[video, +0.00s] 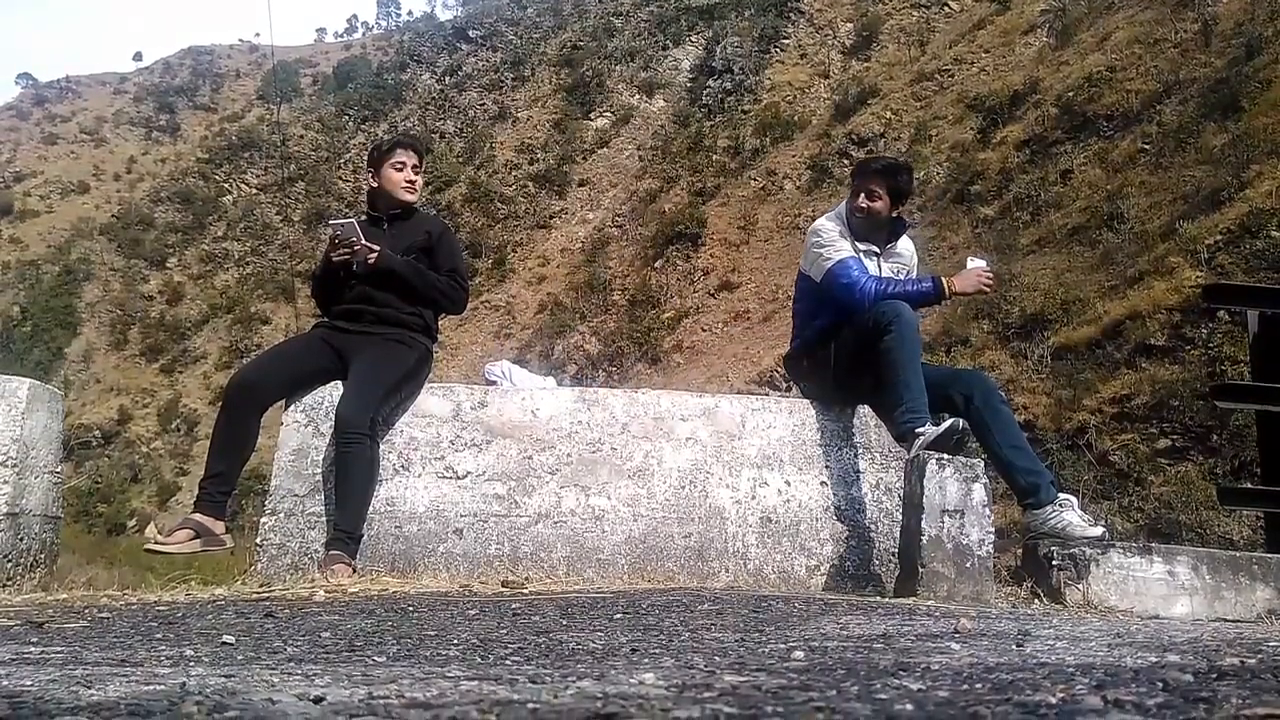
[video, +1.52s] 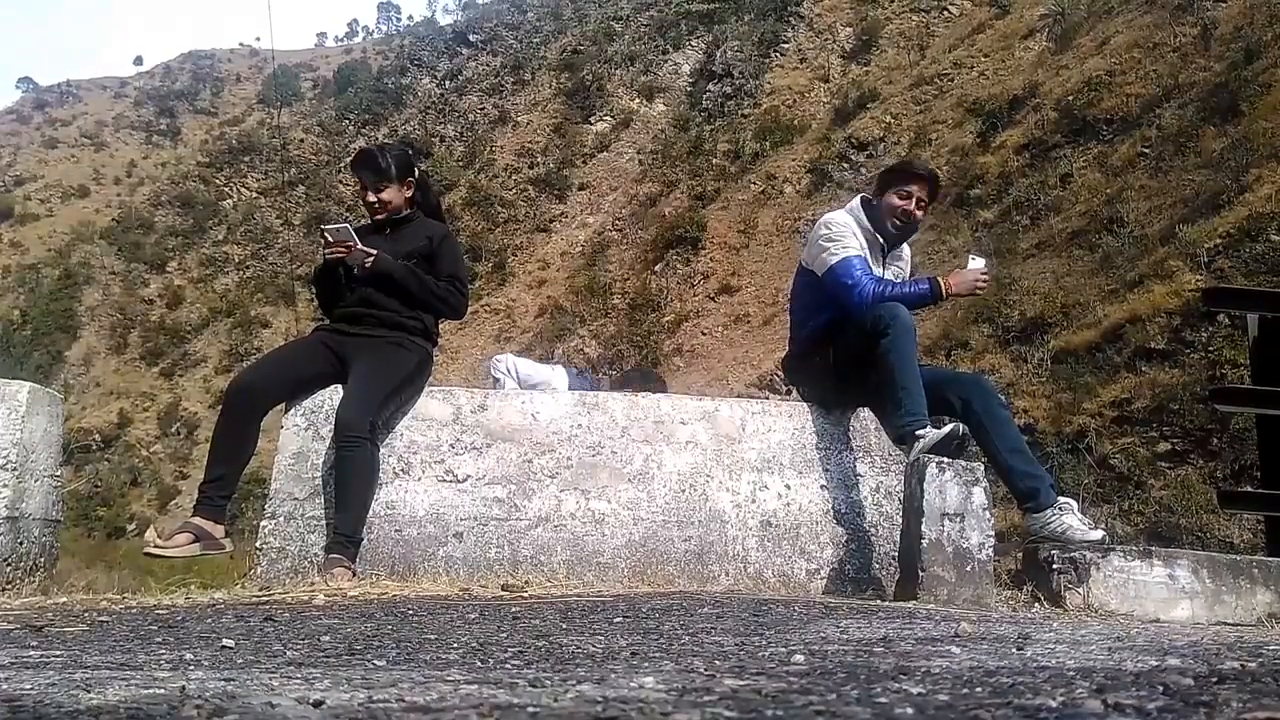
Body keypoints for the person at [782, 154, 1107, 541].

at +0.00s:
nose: (859, 201)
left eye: (872, 196)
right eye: (857, 192)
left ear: (895, 207)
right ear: (849, 193)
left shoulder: (902, 247)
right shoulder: (825, 233)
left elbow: (901, 303)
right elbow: (863, 291)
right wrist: (947, 284)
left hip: (878, 371)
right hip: (822, 368)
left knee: (976, 388)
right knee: (894, 315)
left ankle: (1043, 505)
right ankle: (915, 429)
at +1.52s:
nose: (910, 209)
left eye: (920, 205)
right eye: (902, 196)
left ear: (923, 215)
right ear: (878, 193)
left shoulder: (899, 251)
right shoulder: (835, 228)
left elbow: (886, 308)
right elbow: (862, 292)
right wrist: (943, 286)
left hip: (872, 375)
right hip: (821, 371)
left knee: (975, 391)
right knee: (893, 317)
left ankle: (1043, 509)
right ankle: (914, 433)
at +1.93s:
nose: (954, 230)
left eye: (958, 221)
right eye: (950, 216)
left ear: (924, 212)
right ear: (919, 204)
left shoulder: (914, 256)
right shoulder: (857, 227)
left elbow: (903, 308)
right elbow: (870, 294)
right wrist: (948, 290)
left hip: (876, 374)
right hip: (827, 369)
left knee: (976, 389)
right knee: (899, 315)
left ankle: (1043, 507)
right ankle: (915, 429)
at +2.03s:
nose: (959, 232)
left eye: (964, 223)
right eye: (956, 219)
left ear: (928, 214)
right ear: (925, 208)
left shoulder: (915, 254)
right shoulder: (865, 229)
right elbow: (873, 294)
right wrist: (952, 291)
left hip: (876, 373)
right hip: (828, 368)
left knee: (976, 390)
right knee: (902, 317)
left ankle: (1043, 507)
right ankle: (916, 429)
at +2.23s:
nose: (970, 234)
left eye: (974, 227)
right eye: (966, 222)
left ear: (938, 218)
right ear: (935, 212)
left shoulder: (922, 254)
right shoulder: (878, 229)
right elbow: (881, 295)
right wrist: (959, 290)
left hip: (876, 372)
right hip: (829, 367)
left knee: (976, 389)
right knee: (908, 317)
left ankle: (1043, 506)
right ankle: (918, 427)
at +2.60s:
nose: (966, 232)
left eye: (970, 223)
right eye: (962, 219)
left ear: (933, 215)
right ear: (930, 210)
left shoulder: (921, 250)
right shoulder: (873, 228)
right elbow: (878, 294)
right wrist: (956, 286)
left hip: (876, 370)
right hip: (827, 364)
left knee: (977, 387)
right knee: (907, 316)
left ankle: (1044, 503)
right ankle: (919, 427)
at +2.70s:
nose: (964, 228)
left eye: (968, 219)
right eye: (959, 215)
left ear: (931, 214)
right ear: (927, 207)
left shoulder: (921, 251)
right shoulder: (871, 227)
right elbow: (875, 293)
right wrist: (953, 284)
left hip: (876, 370)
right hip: (828, 364)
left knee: (976, 387)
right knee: (906, 316)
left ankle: (1044, 504)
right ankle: (918, 426)